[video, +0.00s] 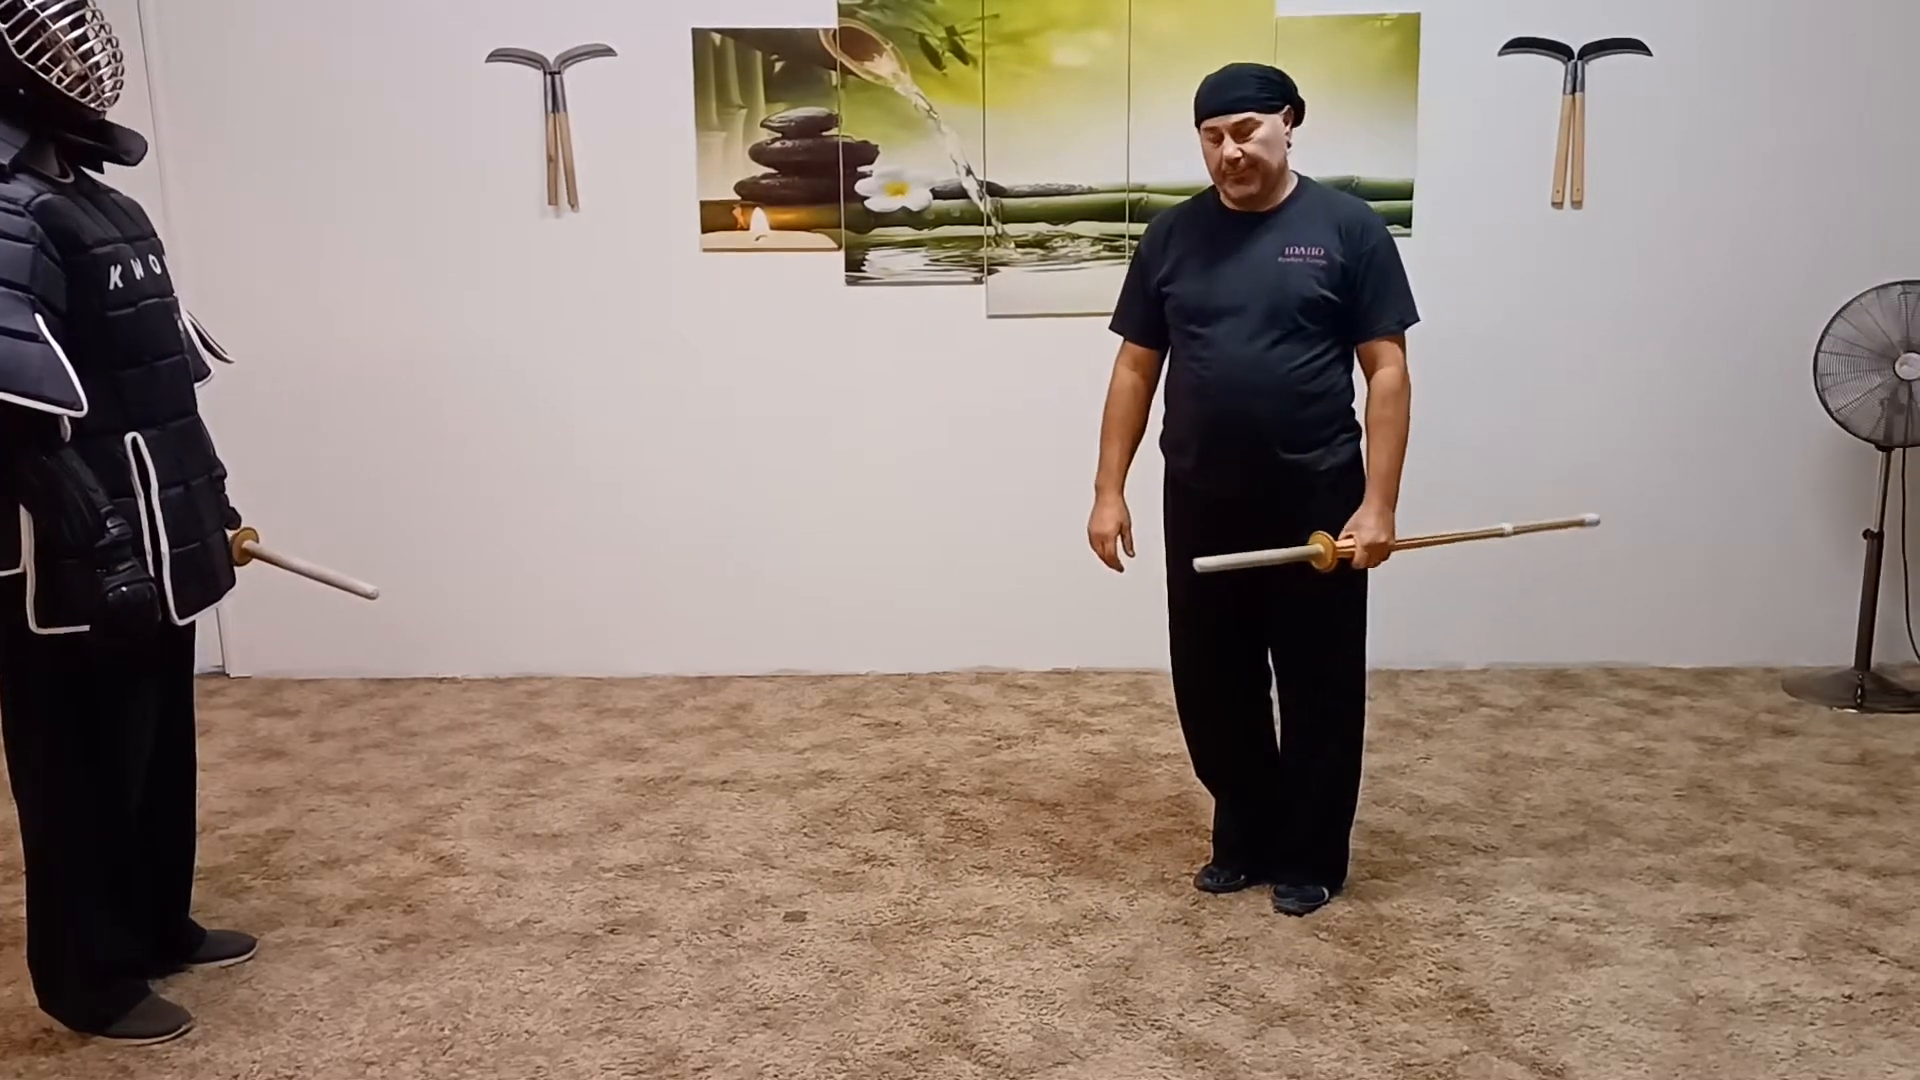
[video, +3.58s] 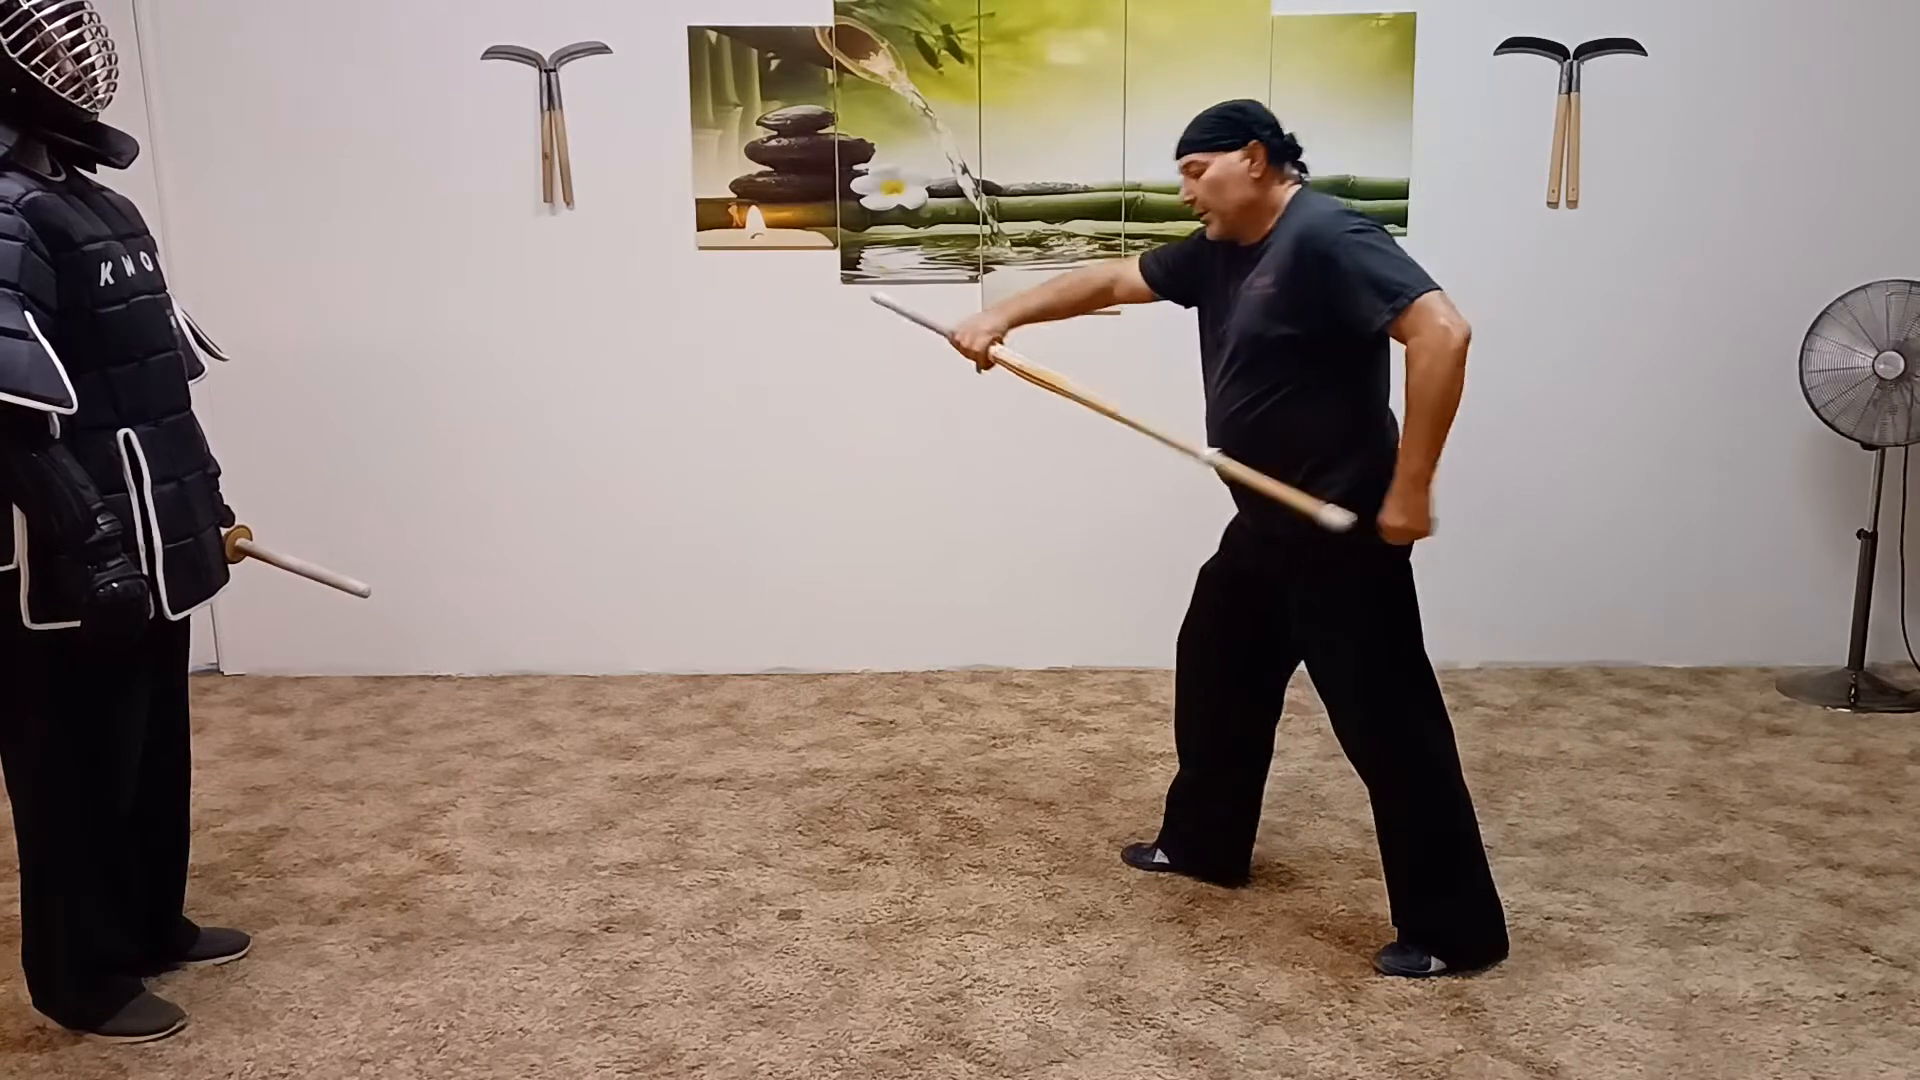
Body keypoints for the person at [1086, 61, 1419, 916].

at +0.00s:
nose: (1232, 152)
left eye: (1249, 132)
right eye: (1215, 137)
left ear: (1289, 126)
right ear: (1199, 145)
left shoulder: (1348, 229)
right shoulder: (1171, 237)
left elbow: (1387, 371)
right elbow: (1135, 367)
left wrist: (1379, 501)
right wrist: (1108, 488)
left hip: (1315, 499)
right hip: (1203, 501)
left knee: (1321, 687)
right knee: (1211, 684)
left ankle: (1314, 858)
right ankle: (1244, 842)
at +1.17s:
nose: (1192, 176)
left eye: (1202, 153)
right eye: (1185, 161)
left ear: (1258, 137)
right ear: (1227, 153)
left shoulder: (1349, 220)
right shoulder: (1227, 243)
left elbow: (1411, 368)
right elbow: (1206, 367)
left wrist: (1358, 503)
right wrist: (1149, 484)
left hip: (1355, 509)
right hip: (1255, 509)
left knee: (1407, 710)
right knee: (1240, 685)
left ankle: (1443, 918)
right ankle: (1257, 842)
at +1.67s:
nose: (1304, 171)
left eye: (1316, 150)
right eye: (1301, 153)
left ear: (1376, 140)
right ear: (1360, 148)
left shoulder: (1458, 236)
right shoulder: (1343, 231)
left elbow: (1497, 401)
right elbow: (1273, 335)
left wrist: (1374, 499)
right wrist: (1232, 428)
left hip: (1453, 516)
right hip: (1355, 512)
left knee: (1459, 727)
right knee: (1360, 708)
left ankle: (1459, 933)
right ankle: (1373, 885)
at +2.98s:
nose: (1322, 164)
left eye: (1335, 145)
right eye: (1323, 147)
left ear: (1392, 143)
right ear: (1383, 147)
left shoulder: (1461, 240)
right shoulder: (1368, 241)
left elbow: (1525, 390)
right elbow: (1271, 336)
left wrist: (1390, 473)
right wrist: (1190, 414)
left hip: (1423, 528)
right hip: (1353, 517)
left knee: (1415, 726)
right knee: (1306, 683)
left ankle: (1453, 932)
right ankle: (1241, 828)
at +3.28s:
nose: (1248, 162)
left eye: (1263, 143)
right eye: (1249, 147)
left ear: (1322, 146)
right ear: (1298, 154)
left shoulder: (1390, 233)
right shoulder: (1283, 245)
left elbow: (1482, 352)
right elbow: (1170, 304)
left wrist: (1384, 476)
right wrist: (1064, 352)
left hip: (1372, 525)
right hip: (1300, 517)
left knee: (1392, 732)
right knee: (1261, 690)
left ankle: (1453, 931)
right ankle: (1216, 845)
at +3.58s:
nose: (1187, 188)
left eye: (1198, 168)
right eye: (1183, 174)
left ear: (1254, 159)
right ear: (1230, 170)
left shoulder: (1327, 232)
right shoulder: (1212, 257)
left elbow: (1438, 334)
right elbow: (1107, 283)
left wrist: (1413, 484)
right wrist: (998, 315)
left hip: (1346, 531)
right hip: (1262, 527)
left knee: (1393, 731)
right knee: (1216, 667)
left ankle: (1457, 929)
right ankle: (1204, 845)